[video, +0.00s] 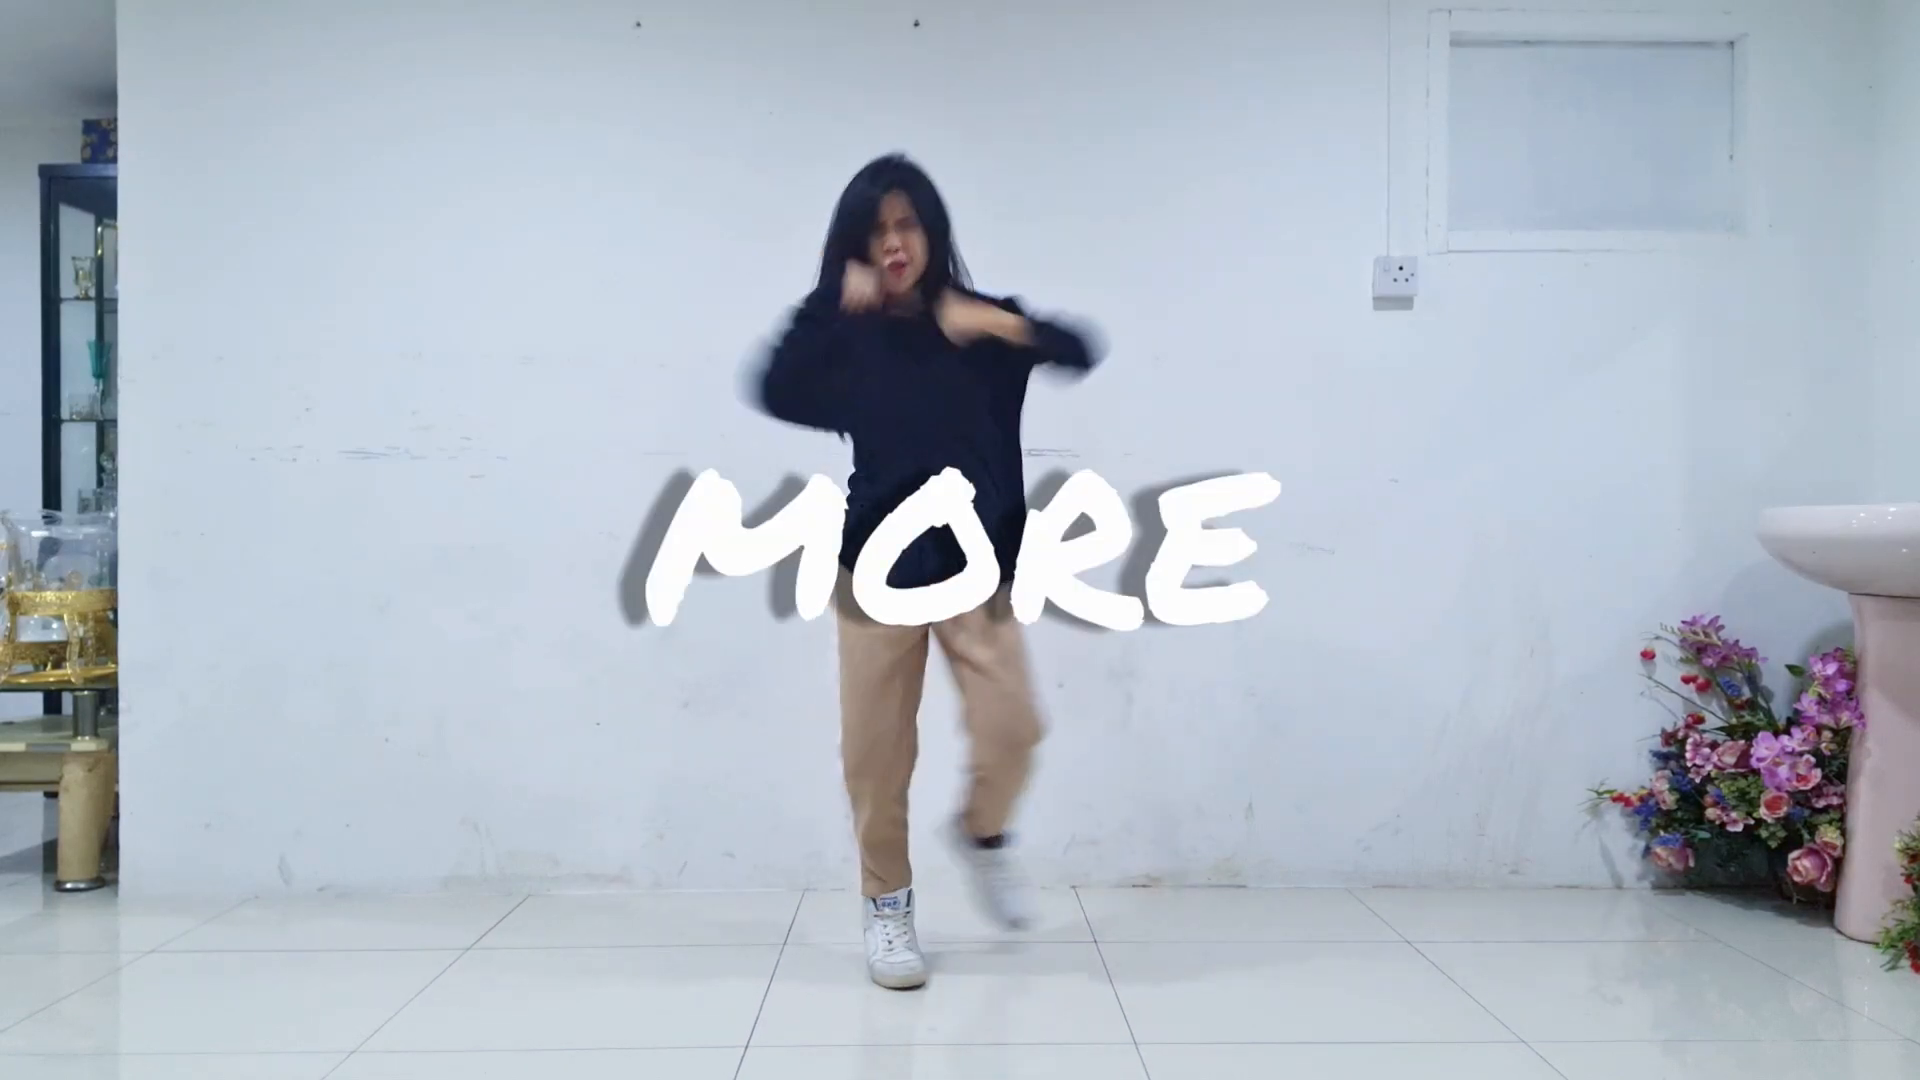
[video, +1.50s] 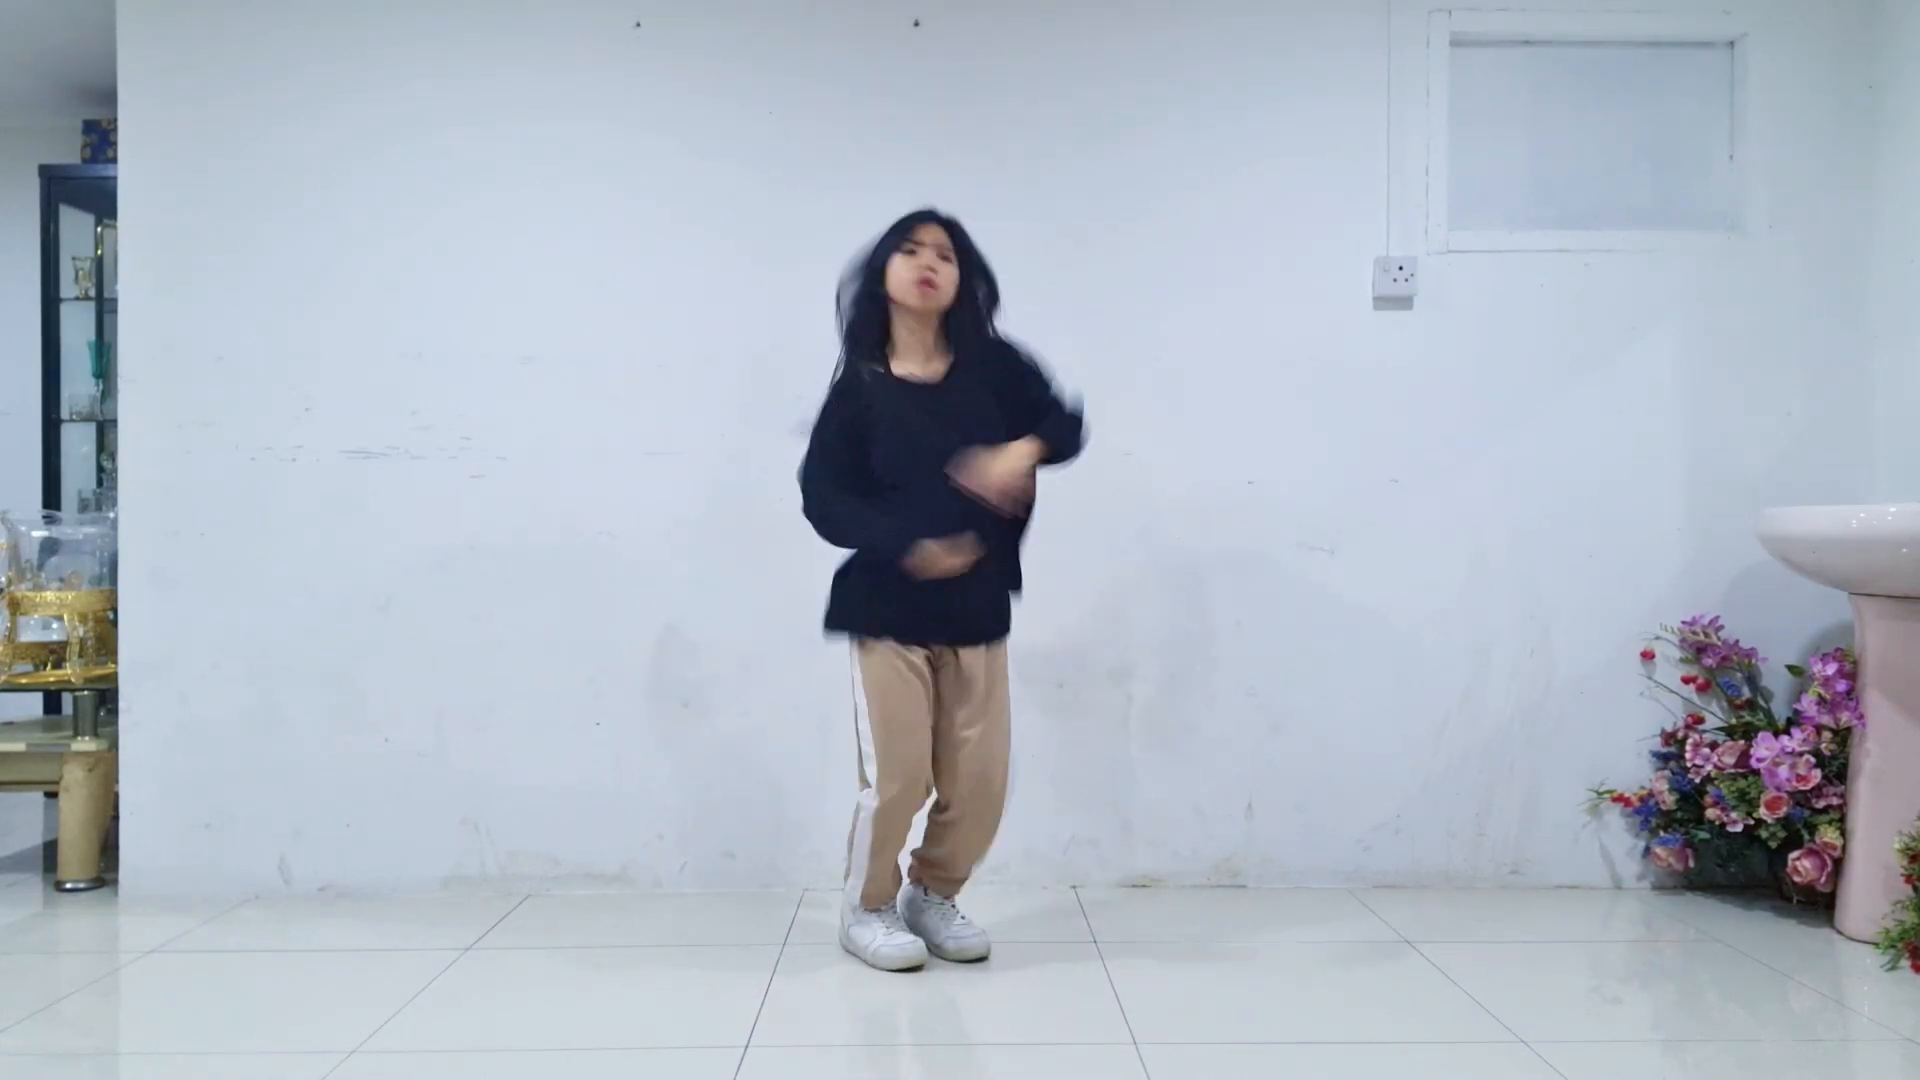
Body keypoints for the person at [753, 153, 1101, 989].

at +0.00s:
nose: (895, 245)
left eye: (908, 227)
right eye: (878, 231)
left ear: (936, 235)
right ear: (853, 245)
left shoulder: (992, 323)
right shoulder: (839, 335)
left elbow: (1080, 353)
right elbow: (782, 395)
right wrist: (836, 307)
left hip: (979, 562)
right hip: (876, 568)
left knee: (1012, 728)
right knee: (876, 750)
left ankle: (982, 837)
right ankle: (887, 903)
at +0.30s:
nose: (923, 291)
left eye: (939, 275)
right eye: (907, 277)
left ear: (963, 287)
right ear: (883, 291)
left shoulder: (1009, 391)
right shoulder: (836, 396)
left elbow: (1102, 403)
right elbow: (733, 383)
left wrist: (1169, 355)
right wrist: (638, 337)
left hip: (997, 643)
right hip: (890, 643)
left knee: (1067, 787)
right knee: (879, 792)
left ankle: (1138, 883)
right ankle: (885, 922)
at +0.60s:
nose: (894, 242)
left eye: (910, 223)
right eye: (877, 227)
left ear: (938, 227)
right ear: (855, 239)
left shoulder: (987, 299)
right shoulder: (851, 334)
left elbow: (1062, 366)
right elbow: (807, 435)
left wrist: (1050, 310)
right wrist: (715, 383)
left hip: (956, 568)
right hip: (856, 570)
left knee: (946, 742)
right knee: (862, 750)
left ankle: (936, 896)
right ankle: (883, 907)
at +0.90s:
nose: (900, 230)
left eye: (917, 215)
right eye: (885, 215)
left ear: (938, 226)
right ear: (860, 227)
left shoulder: (983, 322)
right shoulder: (832, 332)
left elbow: (1015, 421)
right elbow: (827, 459)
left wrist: (1008, 511)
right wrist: (885, 562)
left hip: (965, 554)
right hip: (866, 558)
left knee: (957, 724)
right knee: (871, 744)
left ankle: (963, 841)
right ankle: (881, 906)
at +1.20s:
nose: (931, 220)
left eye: (946, 212)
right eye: (912, 213)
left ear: (968, 244)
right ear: (889, 242)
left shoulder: (1000, 343)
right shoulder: (855, 331)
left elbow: (1021, 437)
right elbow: (833, 448)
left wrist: (1038, 507)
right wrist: (895, 549)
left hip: (976, 558)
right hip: (879, 560)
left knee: (967, 743)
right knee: (882, 715)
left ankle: (955, 879)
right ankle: (906, 891)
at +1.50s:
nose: (927, 264)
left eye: (943, 256)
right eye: (911, 251)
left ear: (962, 281)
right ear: (881, 272)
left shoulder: (997, 366)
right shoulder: (860, 387)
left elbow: (1066, 427)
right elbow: (823, 497)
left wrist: (1022, 453)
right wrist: (906, 545)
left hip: (976, 614)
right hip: (888, 612)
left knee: (978, 781)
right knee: (904, 774)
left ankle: (932, 897)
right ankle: (870, 912)